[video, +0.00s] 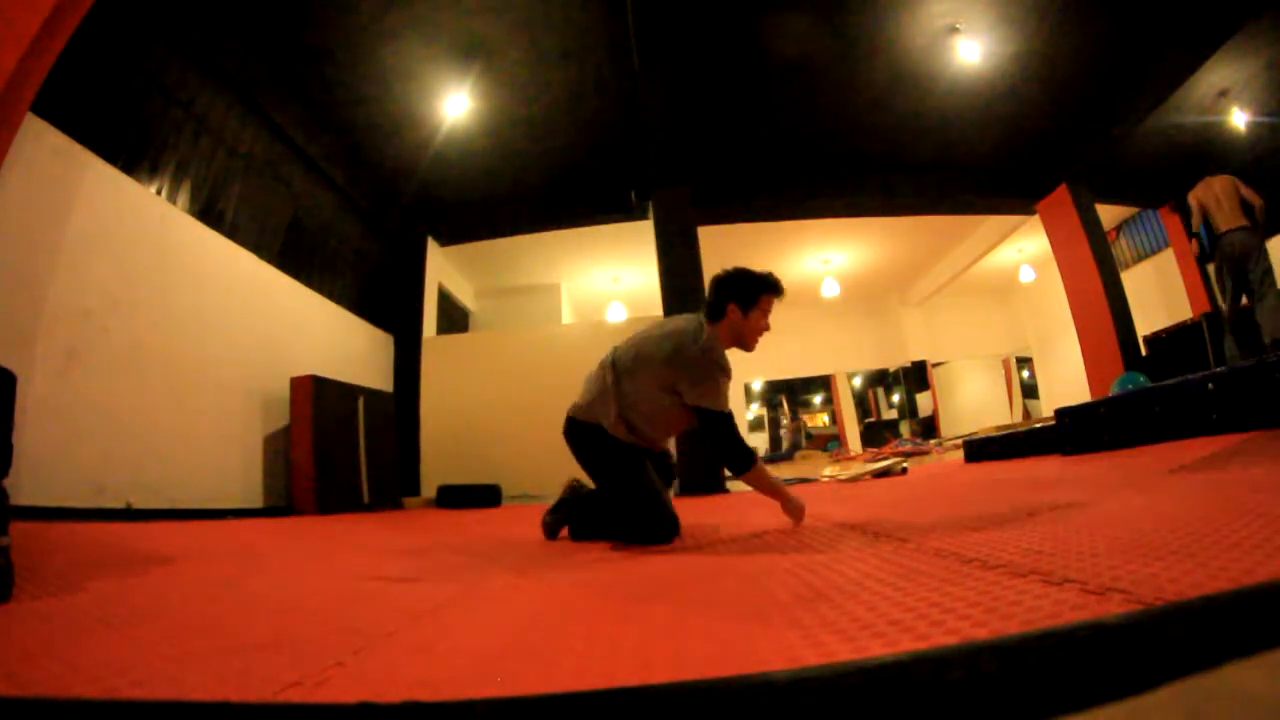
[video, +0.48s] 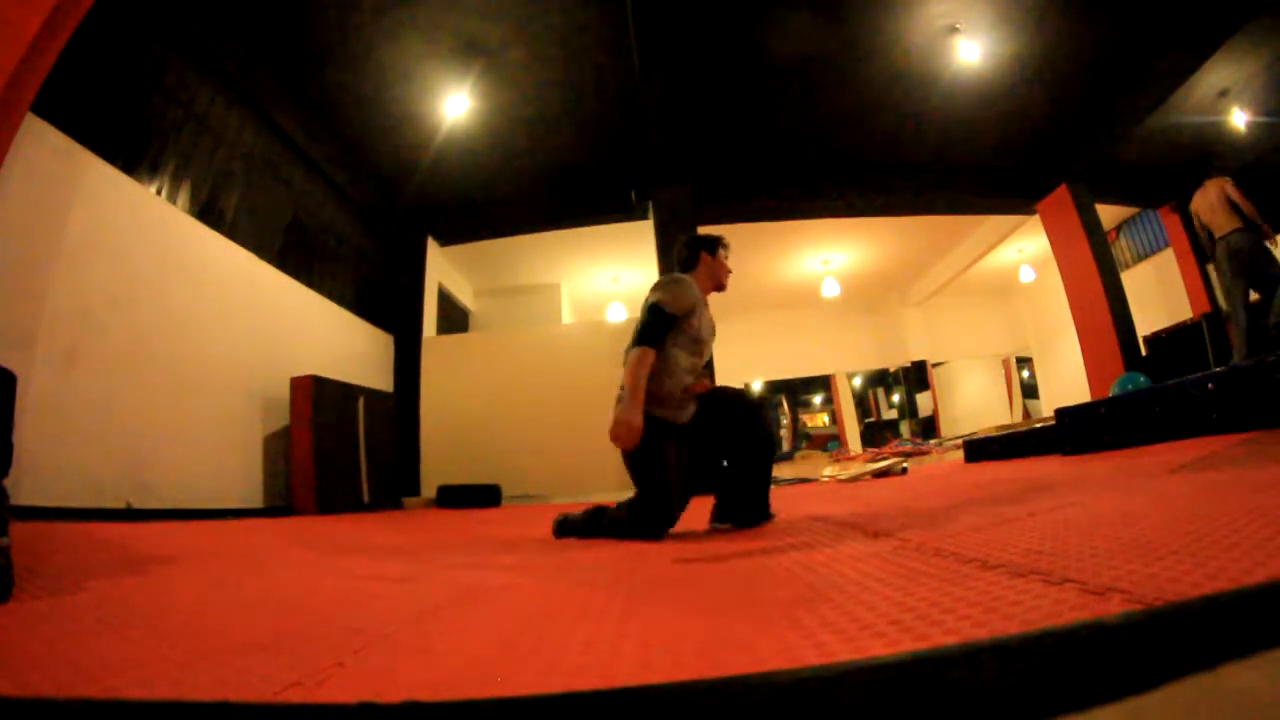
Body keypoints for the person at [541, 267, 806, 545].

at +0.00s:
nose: (767, 326)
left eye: (768, 315)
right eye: (763, 314)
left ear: (732, 314)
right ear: (733, 312)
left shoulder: (697, 335)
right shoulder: (701, 354)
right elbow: (730, 448)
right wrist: (782, 496)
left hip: (630, 426)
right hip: (597, 428)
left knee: (662, 472)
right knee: (659, 527)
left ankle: (593, 503)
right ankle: (576, 508)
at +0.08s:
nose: (758, 306)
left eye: (758, 296)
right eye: (752, 294)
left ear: (723, 293)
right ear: (725, 293)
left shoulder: (692, 325)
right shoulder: (695, 339)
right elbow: (721, 436)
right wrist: (774, 494)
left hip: (640, 426)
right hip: (602, 427)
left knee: (704, 468)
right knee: (658, 526)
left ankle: (633, 508)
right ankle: (579, 506)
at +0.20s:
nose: (744, 288)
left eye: (743, 278)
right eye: (739, 277)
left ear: (714, 278)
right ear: (714, 277)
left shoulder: (693, 316)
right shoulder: (688, 319)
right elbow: (701, 418)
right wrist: (740, 495)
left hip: (649, 423)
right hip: (609, 424)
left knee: (715, 410)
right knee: (658, 527)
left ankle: (693, 501)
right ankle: (587, 514)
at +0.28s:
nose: (738, 283)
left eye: (737, 274)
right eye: (733, 273)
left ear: (710, 274)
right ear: (711, 272)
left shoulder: (688, 311)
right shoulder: (686, 310)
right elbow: (685, 400)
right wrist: (703, 474)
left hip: (657, 426)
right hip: (618, 426)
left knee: (722, 401)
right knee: (656, 526)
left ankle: (736, 501)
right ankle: (584, 520)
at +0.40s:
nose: (732, 276)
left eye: (731, 267)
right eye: (727, 266)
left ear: (706, 268)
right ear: (707, 266)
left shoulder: (694, 309)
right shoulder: (680, 301)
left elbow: (684, 382)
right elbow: (656, 367)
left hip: (674, 425)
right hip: (640, 426)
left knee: (740, 411)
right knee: (656, 525)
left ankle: (735, 509)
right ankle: (585, 522)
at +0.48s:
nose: (730, 267)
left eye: (729, 259)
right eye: (725, 258)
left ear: (705, 261)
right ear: (705, 259)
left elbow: (697, 377)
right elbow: (643, 346)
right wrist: (631, 407)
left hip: (686, 420)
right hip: (652, 423)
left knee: (747, 414)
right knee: (657, 517)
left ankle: (739, 510)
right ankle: (581, 524)